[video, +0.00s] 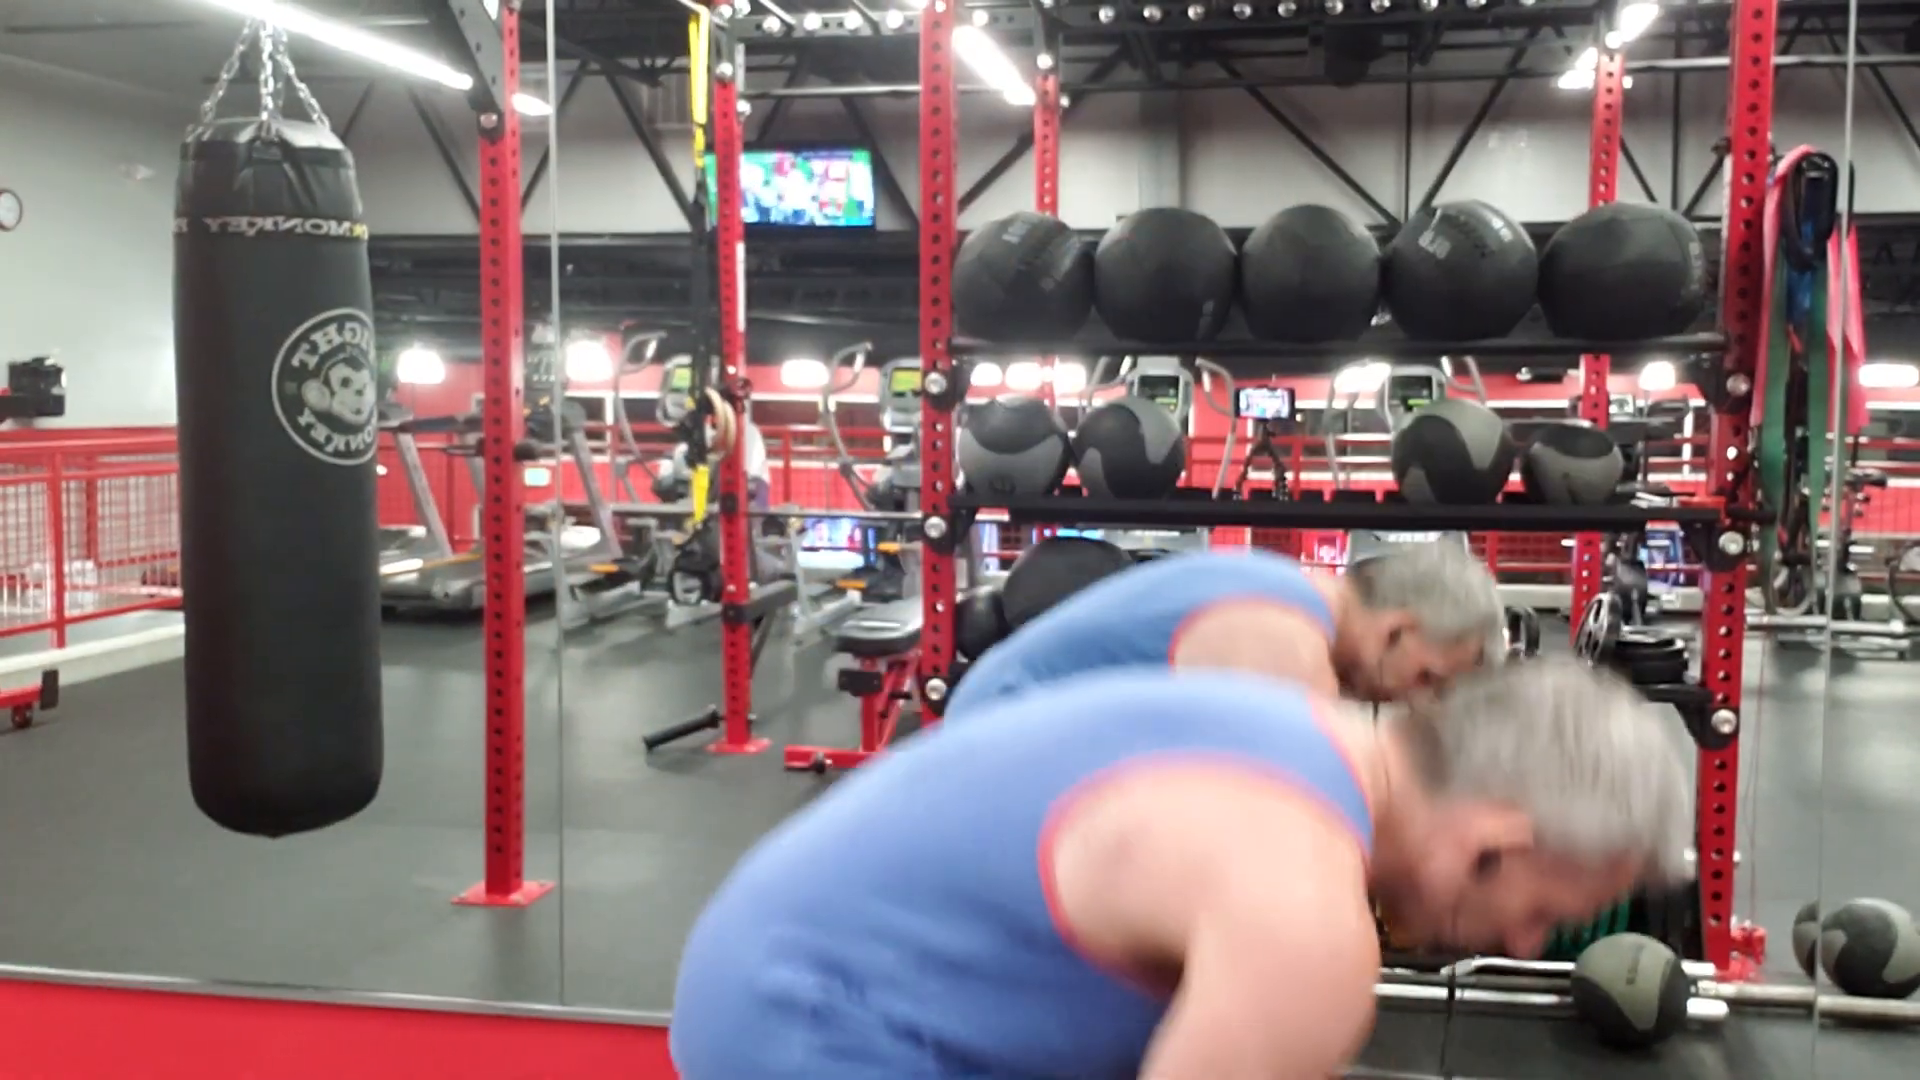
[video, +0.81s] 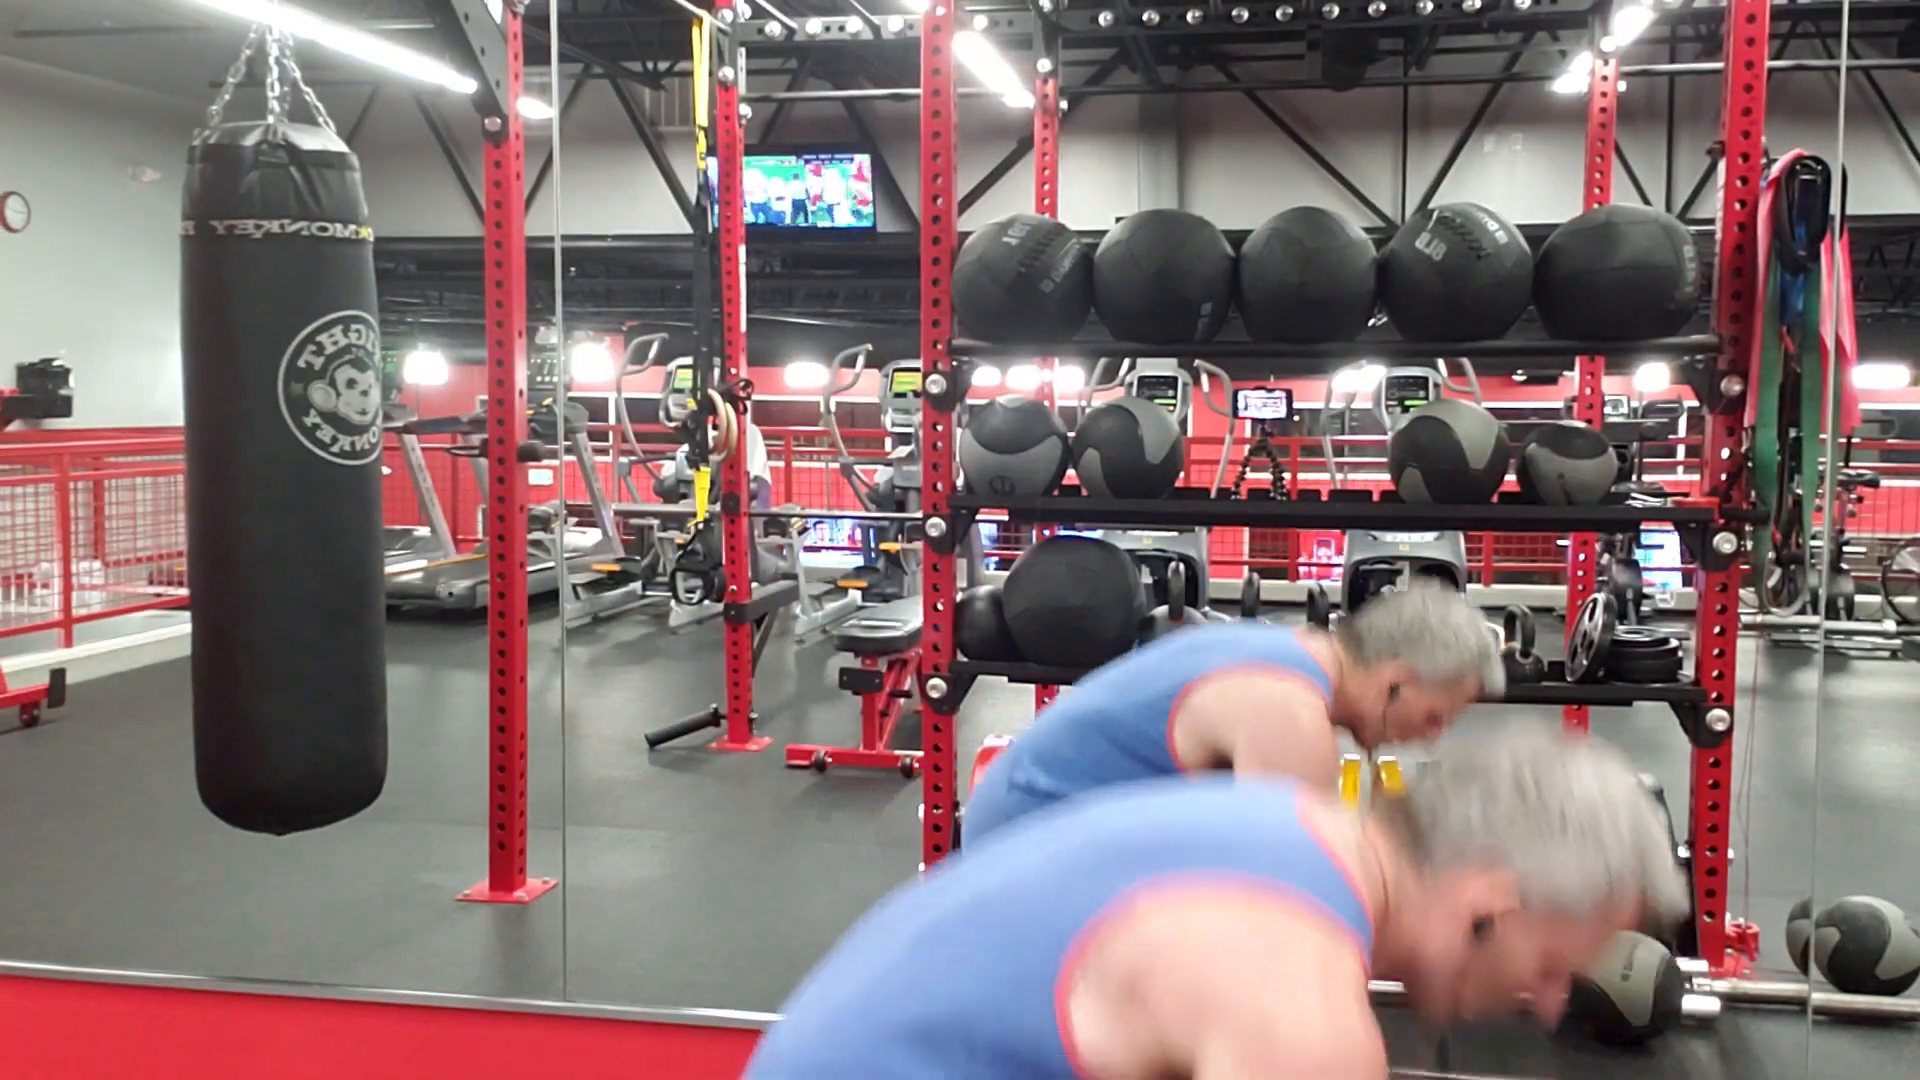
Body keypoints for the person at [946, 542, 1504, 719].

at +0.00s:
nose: (1416, 700)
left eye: (1434, 689)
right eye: (1425, 679)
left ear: (1395, 617)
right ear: (1396, 627)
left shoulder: (1295, 603)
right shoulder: (1277, 634)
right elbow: (1285, 807)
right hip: (998, 731)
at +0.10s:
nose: (1419, 745)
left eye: (1435, 733)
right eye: (1425, 725)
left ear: (1397, 663)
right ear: (1397, 675)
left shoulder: (1303, 644)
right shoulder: (1289, 692)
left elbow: (1308, 840)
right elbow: (1304, 866)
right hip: (1013, 768)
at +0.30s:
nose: (1424, 807)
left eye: (1439, 795)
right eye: (1430, 786)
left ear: (1398, 723)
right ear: (1400, 739)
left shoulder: (1307, 703)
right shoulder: (1301, 764)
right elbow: (1286, 950)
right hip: (1030, 852)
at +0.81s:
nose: (1430, 740)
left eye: (1442, 725)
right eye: (1434, 719)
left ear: (1392, 672)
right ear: (1396, 682)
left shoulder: (1293, 665)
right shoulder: (1286, 712)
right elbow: (1300, 891)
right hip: (1027, 822)